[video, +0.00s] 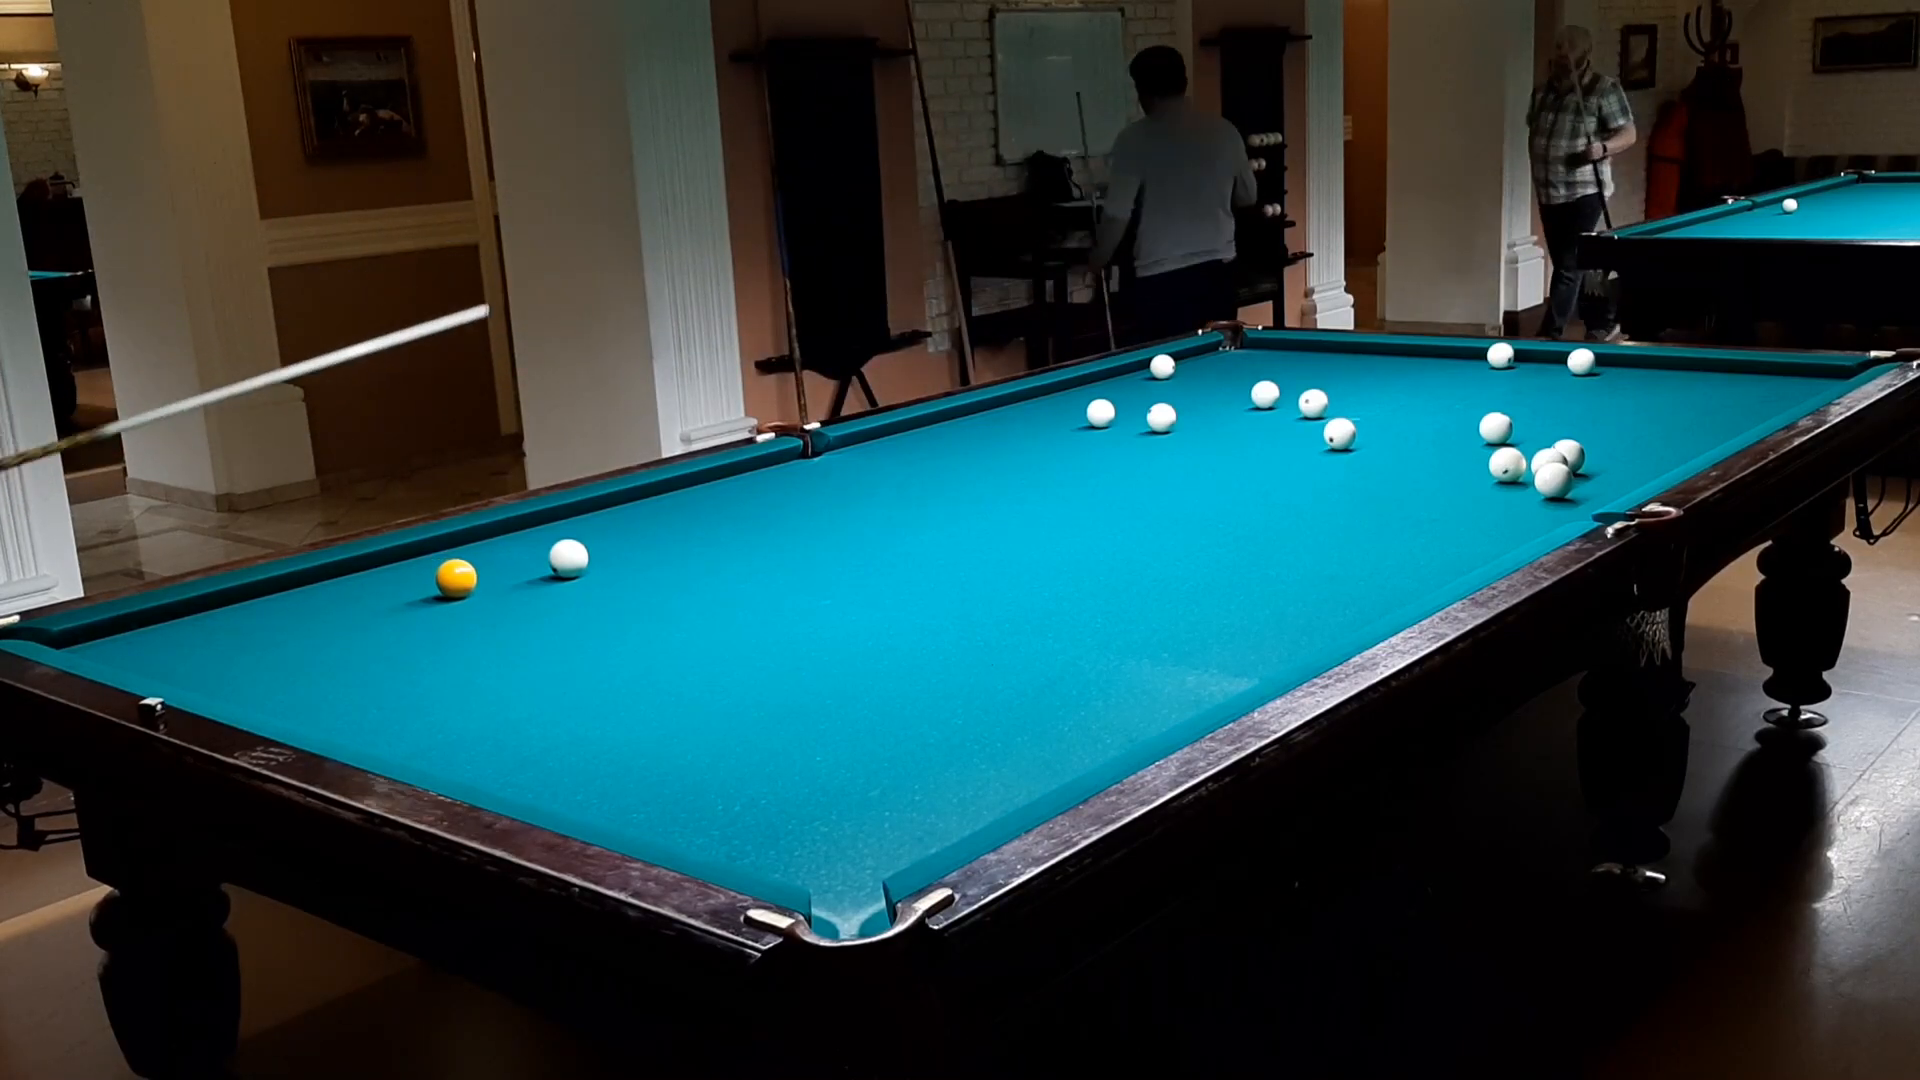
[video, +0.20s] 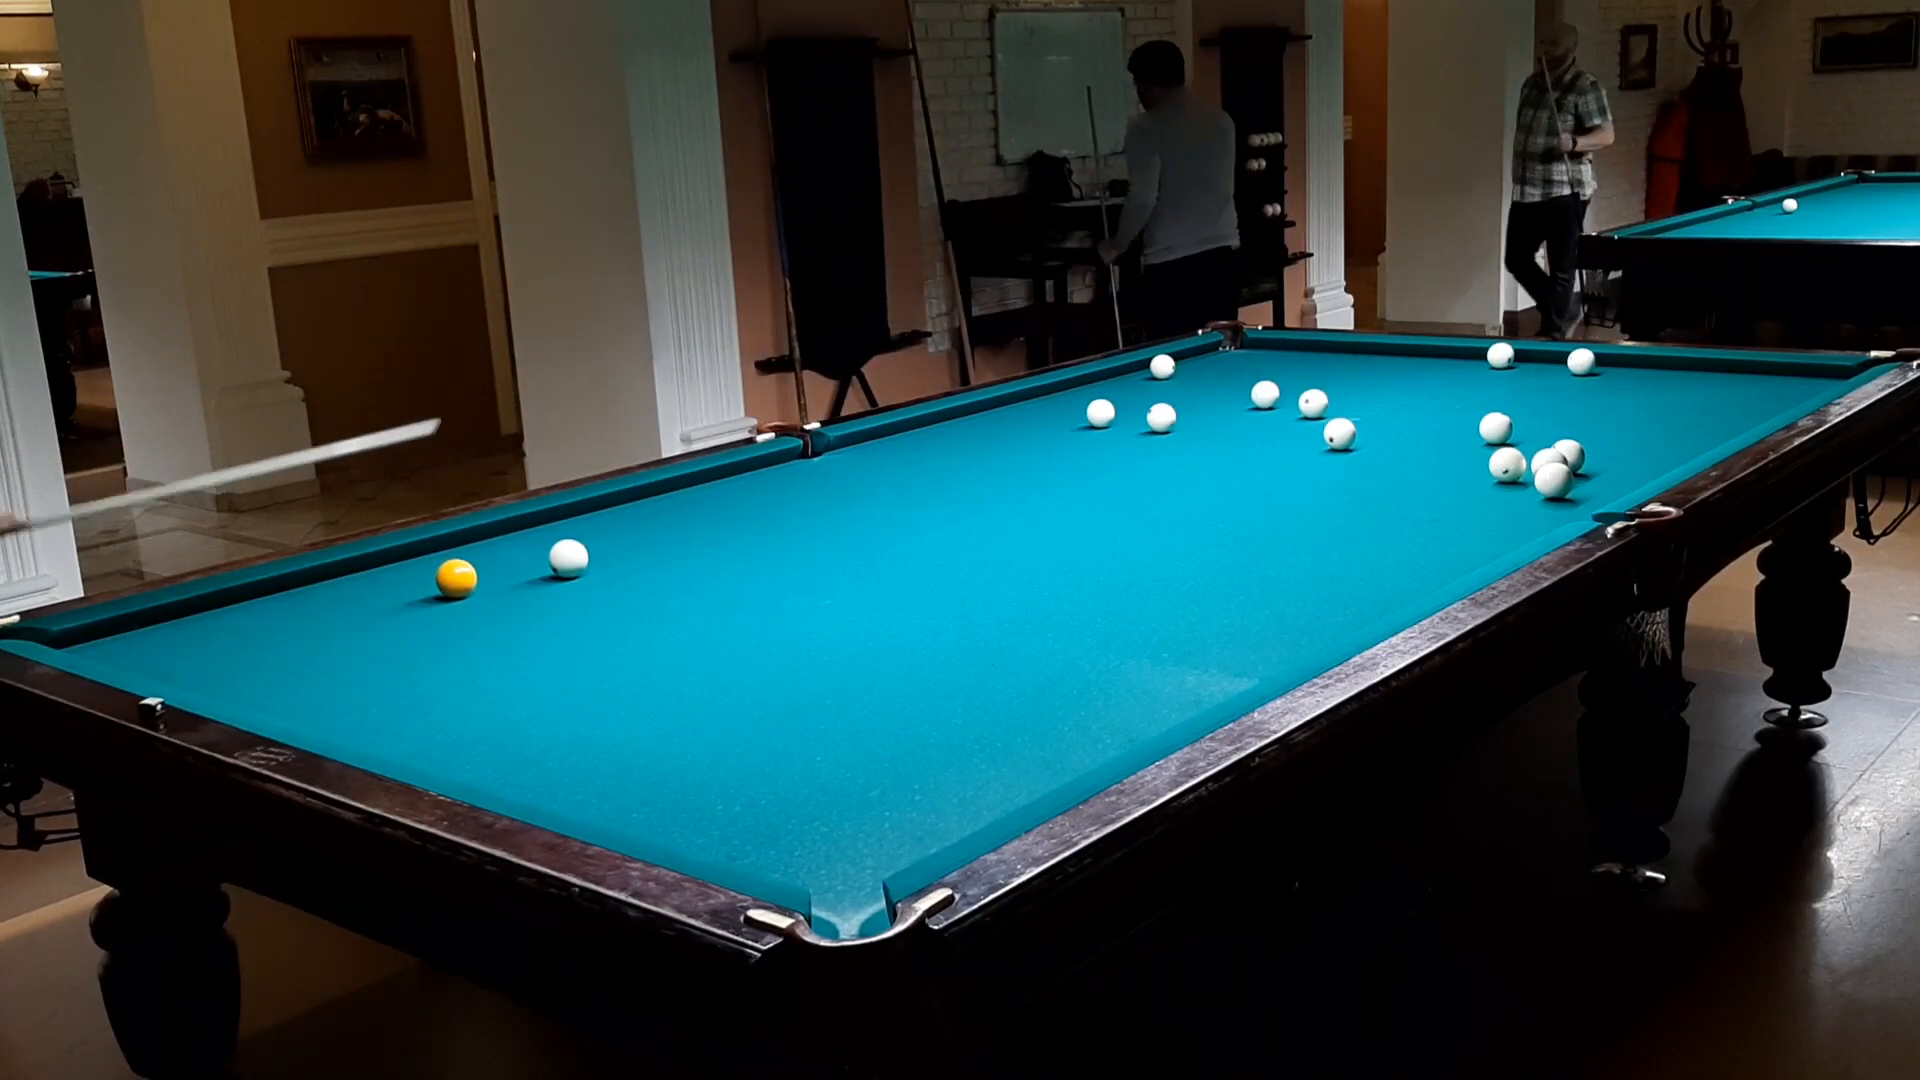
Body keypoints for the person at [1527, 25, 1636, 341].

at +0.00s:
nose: (1561, 54)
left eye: (1568, 48)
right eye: (1558, 47)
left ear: (1584, 51)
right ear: (1554, 51)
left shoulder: (1605, 88)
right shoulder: (1543, 92)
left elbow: (1628, 134)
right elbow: (1534, 137)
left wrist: (1604, 147)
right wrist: (1538, 184)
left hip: (1586, 193)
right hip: (1550, 194)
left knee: (1567, 267)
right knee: (1568, 266)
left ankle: (1550, 336)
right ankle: (1604, 326)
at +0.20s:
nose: (1544, 50)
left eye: (1552, 44)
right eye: (1541, 43)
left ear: (1570, 48)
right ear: (1537, 45)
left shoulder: (1585, 86)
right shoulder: (1531, 85)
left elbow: (1606, 135)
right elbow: (1528, 133)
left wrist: (1575, 142)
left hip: (1566, 192)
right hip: (1528, 192)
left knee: (1562, 266)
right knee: (1517, 260)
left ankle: (1552, 332)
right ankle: (1563, 310)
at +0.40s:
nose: (1520, 51)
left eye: (1527, 45)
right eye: (1520, 45)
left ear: (1547, 49)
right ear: (1523, 47)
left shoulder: (1569, 85)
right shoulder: (1518, 85)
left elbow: (1592, 134)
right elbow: (1512, 135)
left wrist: (1561, 149)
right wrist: (1504, 172)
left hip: (1552, 197)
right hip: (1512, 195)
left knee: (1553, 272)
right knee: (1495, 265)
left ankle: (1549, 335)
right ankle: (1492, 332)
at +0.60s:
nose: (1498, 55)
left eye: (1506, 48)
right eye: (1497, 48)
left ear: (1529, 51)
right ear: (1498, 52)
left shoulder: (1549, 89)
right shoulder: (1492, 91)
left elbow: (1573, 137)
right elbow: (1488, 140)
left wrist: (1548, 153)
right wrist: (1485, 181)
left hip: (1535, 199)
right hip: (1493, 199)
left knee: (1541, 275)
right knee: (1478, 273)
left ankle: (1542, 339)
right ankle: (1465, 337)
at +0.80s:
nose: (1472, 56)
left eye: (1479, 50)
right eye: (1470, 50)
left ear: (1500, 52)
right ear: (1471, 52)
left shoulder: (1526, 88)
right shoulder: (1461, 95)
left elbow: (1551, 135)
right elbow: (1449, 147)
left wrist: (1533, 150)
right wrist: (1443, 195)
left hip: (1509, 199)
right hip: (1466, 200)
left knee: (1519, 272)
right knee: (1463, 277)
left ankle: (1536, 338)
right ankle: (1460, 338)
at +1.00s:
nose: (1450, 59)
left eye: (1457, 52)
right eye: (1448, 52)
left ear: (1477, 53)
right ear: (1446, 53)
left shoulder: (1506, 87)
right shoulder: (1437, 97)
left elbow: (1531, 131)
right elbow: (1416, 147)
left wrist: (1517, 150)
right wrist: (1395, 194)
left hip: (1492, 201)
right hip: (1450, 203)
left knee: (1494, 273)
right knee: (1455, 280)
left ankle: (1512, 340)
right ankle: (1459, 342)